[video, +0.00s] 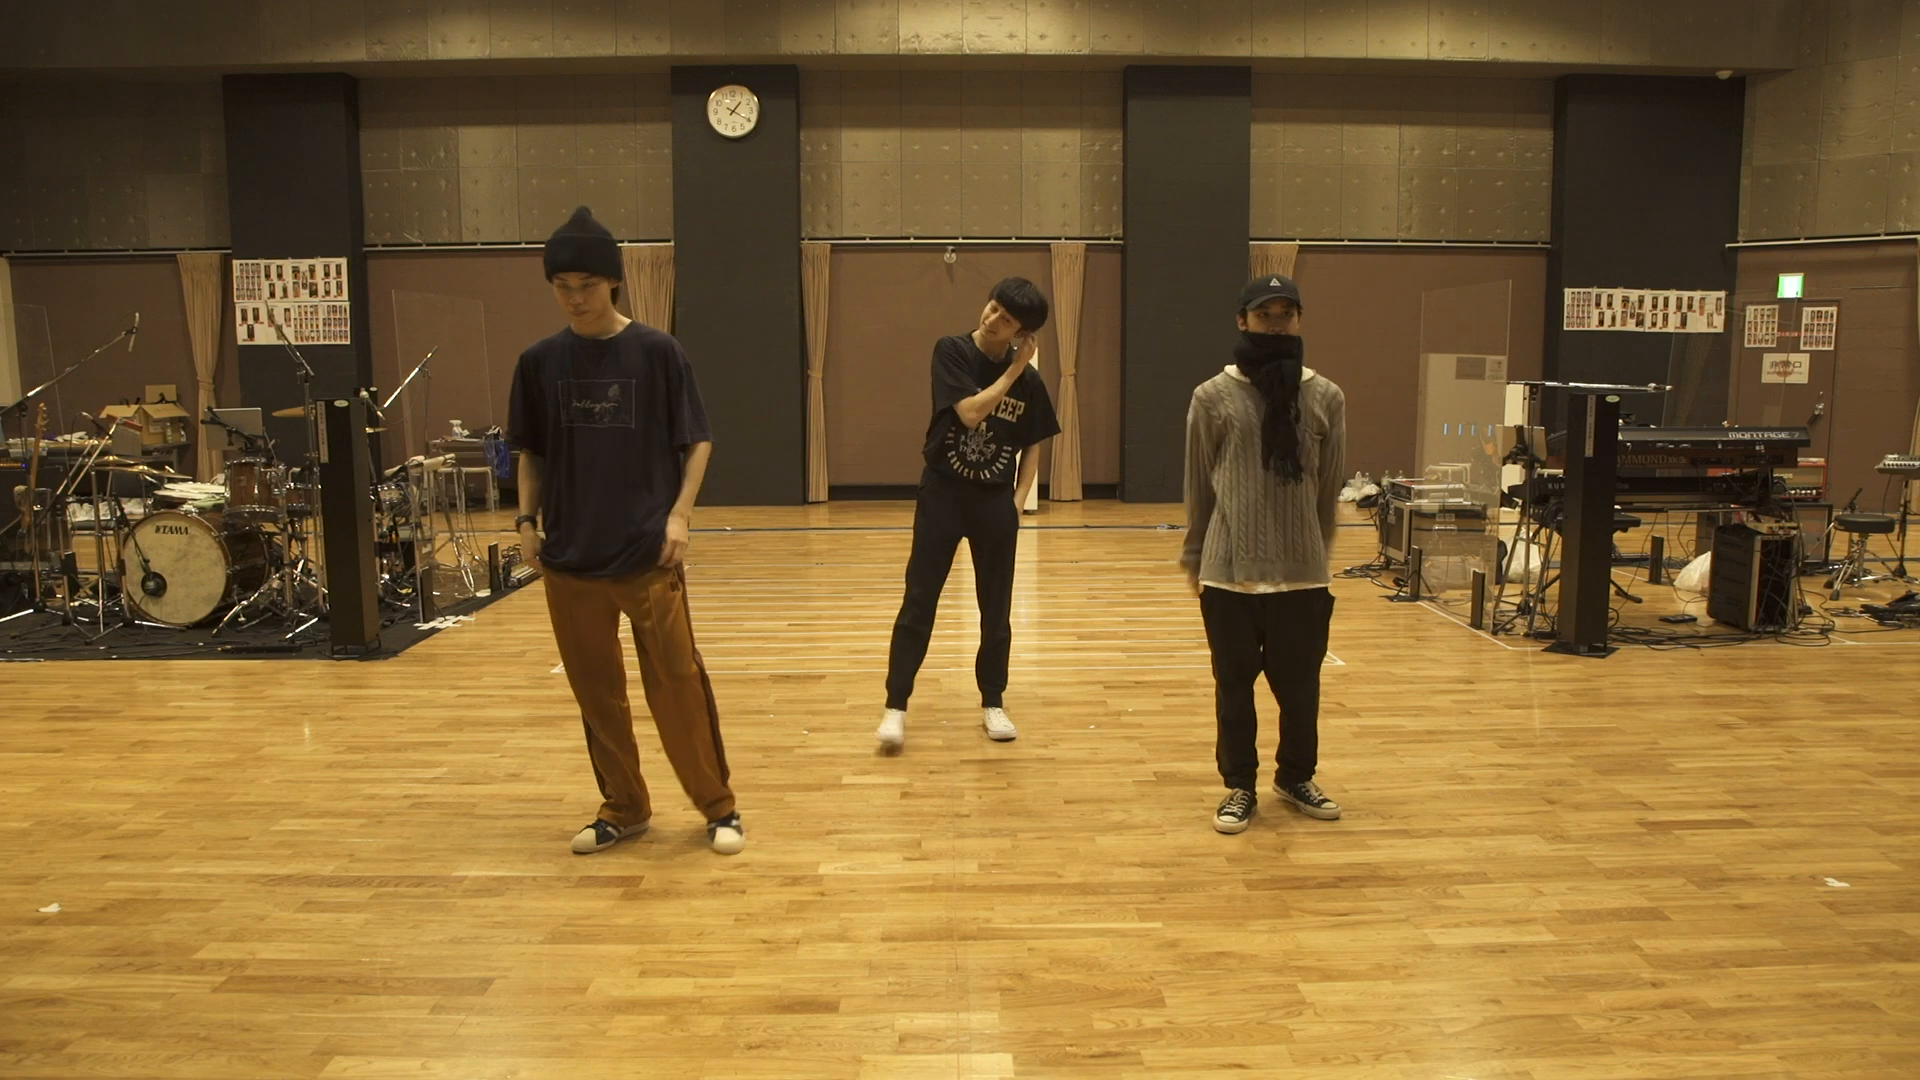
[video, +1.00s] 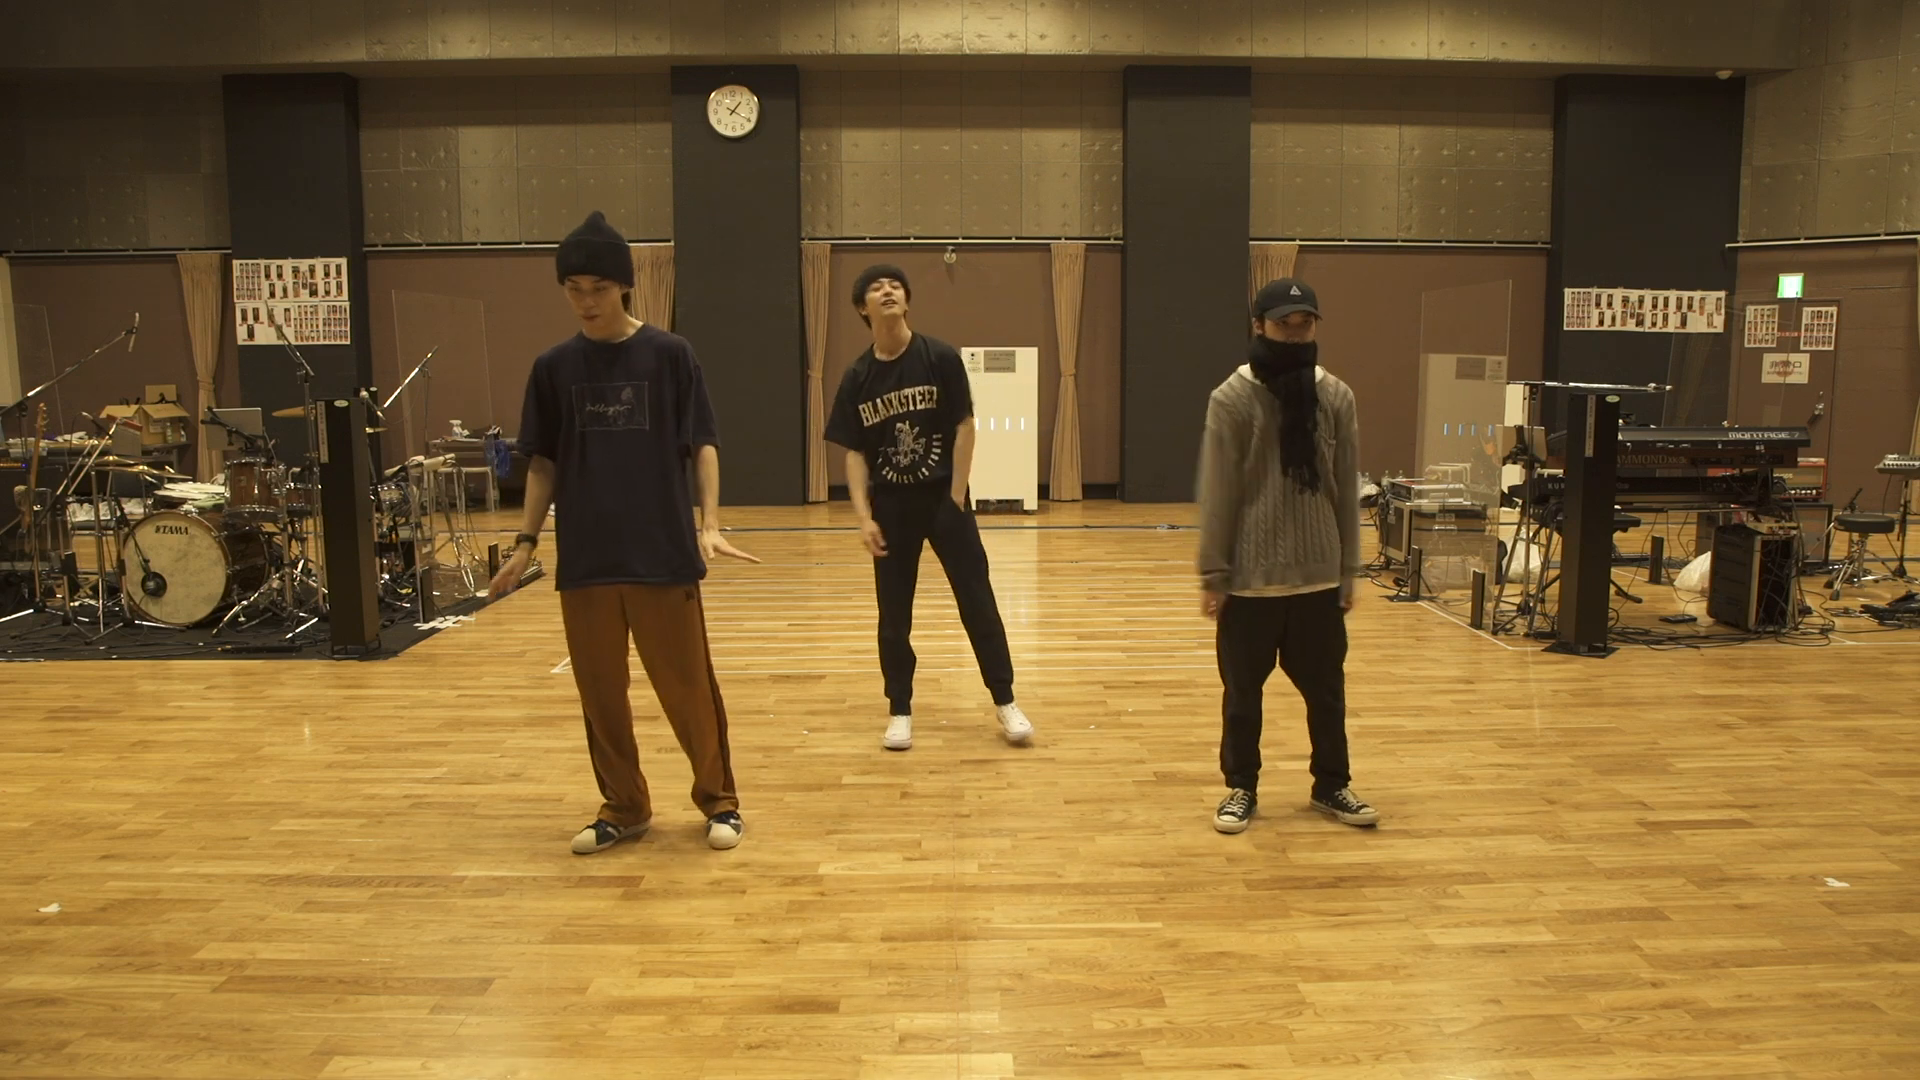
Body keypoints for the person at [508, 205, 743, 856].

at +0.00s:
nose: (576, 297)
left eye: (587, 284)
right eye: (565, 286)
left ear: (613, 280)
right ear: (552, 288)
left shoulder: (658, 354)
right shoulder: (538, 365)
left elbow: (698, 442)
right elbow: (528, 452)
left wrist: (680, 515)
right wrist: (527, 522)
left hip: (647, 552)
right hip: (569, 557)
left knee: (678, 683)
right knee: (596, 693)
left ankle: (719, 807)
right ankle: (624, 809)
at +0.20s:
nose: (561, 302)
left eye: (572, 290)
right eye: (550, 292)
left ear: (599, 283)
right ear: (538, 292)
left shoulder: (650, 352)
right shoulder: (528, 368)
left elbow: (687, 438)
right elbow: (518, 455)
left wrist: (683, 510)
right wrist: (510, 525)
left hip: (646, 555)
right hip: (567, 563)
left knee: (671, 687)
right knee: (594, 694)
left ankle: (702, 827)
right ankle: (623, 811)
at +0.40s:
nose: (556, 304)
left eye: (566, 291)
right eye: (544, 294)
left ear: (592, 285)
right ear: (531, 295)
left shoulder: (642, 351)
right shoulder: (522, 369)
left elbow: (681, 438)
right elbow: (508, 458)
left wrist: (695, 515)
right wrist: (487, 533)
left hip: (647, 547)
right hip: (567, 559)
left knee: (675, 683)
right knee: (594, 691)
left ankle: (707, 825)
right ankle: (623, 809)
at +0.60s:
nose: (554, 305)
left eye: (564, 292)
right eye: (542, 295)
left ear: (592, 284)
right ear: (531, 295)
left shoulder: (642, 352)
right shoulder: (525, 368)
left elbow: (684, 439)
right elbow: (507, 458)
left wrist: (707, 518)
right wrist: (477, 533)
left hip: (647, 548)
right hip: (569, 559)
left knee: (686, 674)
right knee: (593, 689)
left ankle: (732, 814)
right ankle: (625, 808)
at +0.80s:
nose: (565, 304)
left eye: (576, 291)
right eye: (554, 294)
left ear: (602, 285)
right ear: (541, 295)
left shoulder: (650, 353)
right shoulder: (533, 369)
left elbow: (689, 440)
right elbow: (519, 463)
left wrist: (705, 517)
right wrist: (494, 541)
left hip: (653, 551)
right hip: (575, 561)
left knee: (690, 676)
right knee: (595, 691)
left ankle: (734, 814)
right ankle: (624, 810)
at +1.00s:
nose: (587, 302)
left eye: (598, 289)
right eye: (576, 291)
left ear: (625, 284)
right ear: (565, 290)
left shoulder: (670, 355)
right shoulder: (553, 368)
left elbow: (704, 444)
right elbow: (541, 464)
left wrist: (709, 521)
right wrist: (525, 545)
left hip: (662, 553)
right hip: (585, 558)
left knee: (688, 685)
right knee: (600, 693)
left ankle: (720, 804)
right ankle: (624, 809)